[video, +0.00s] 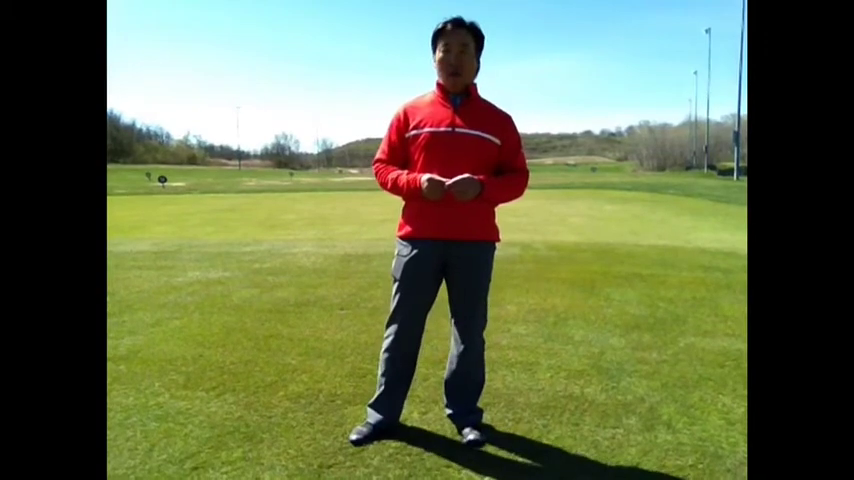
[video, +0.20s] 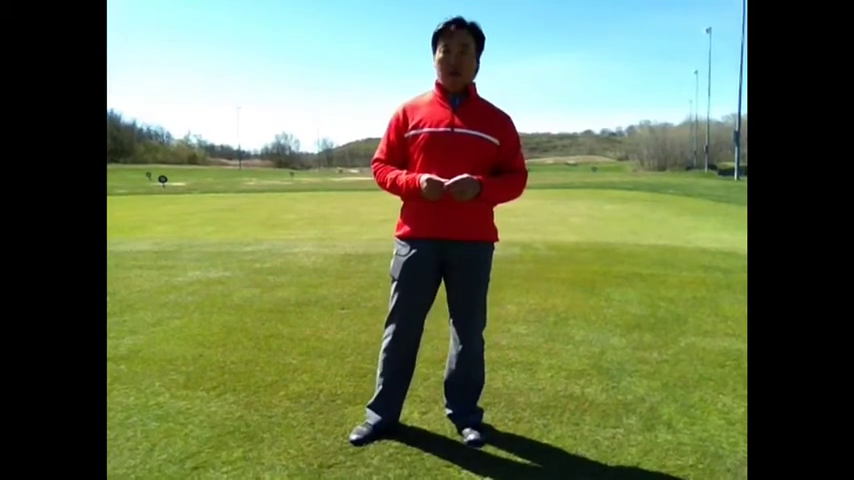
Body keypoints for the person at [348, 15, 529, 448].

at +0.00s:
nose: (452, 58)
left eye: (462, 50)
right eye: (445, 49)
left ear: (478, 59)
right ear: (433, 57)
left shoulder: (499, 122)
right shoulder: (409, 114)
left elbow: (518, 179)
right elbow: (382, 168)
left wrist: (482, 188)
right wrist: (416, 182)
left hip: (474, 244)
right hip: (418, 241)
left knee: (470, 334)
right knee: (401, 329)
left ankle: (467, 417)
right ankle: (382, 415)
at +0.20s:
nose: (452, 58)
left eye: (462, 51)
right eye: (446, 50)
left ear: (478, 59)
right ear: (434, 56)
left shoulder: (498, 122)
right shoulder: (408, 114)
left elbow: (516, 179)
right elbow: (381, 168)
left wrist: (481, 188)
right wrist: (414, 182)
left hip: (472, 244)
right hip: (416, 241)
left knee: (469, 333)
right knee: (399, 329)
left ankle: (467, 417)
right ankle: (381, 415)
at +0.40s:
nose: (451, 59)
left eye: (461, 51)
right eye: (444, 50)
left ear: (477, 60)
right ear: (432, 57)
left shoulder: (497, 122)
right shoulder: (407, 114)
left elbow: (515, 179)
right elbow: (380, 169)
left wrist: (480, 189)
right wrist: (413, 183)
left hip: (471, 244)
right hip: (416, 240)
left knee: (468, 332)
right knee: (399, 329)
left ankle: (465, 415)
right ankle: (381, 415)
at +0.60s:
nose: (451, 57)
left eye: (461, 49)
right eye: (444, 48)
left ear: (477, 59)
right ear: (432, 57)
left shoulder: (497, 121)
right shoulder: (407, 114)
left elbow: (516, 179)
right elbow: (380, 169)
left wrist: (480, 190)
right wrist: (414, 184)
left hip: (471, 245)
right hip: (415, 241)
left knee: (468, 333)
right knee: (399, 330)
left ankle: (466, 415)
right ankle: (381, 415)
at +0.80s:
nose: (451, 58)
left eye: (461, 50)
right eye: (444, 50)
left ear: (477, 58)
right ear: (432, 57)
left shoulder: (499, 121)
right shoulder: (408, 114)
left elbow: (517, 179)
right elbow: (382, 169)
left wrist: (480, 190)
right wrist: (414, 185)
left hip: (472, 245)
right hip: (416, 241)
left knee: (468, 334)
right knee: (399, 330)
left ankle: (466, 415)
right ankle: (382, 415)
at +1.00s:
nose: (451, 58)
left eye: (461, 51)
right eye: (444, 50)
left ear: (478, 59)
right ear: (433, 58)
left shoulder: (499, 121)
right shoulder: (409, 114)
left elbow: (518, 179)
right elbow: (383, 169)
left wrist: (481, 190)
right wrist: (414, 184)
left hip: (473, 245)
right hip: (417, 241)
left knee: (469, 334)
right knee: (400, 330)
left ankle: (466, 416)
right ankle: (382, 415)